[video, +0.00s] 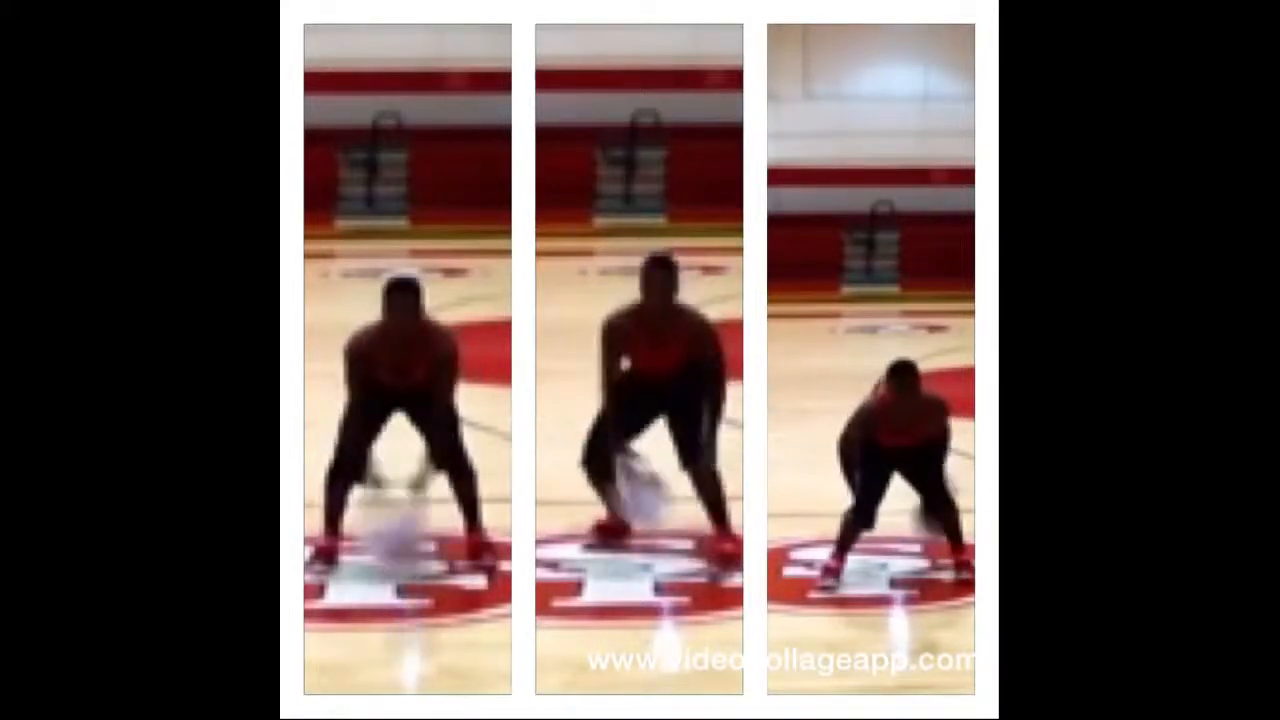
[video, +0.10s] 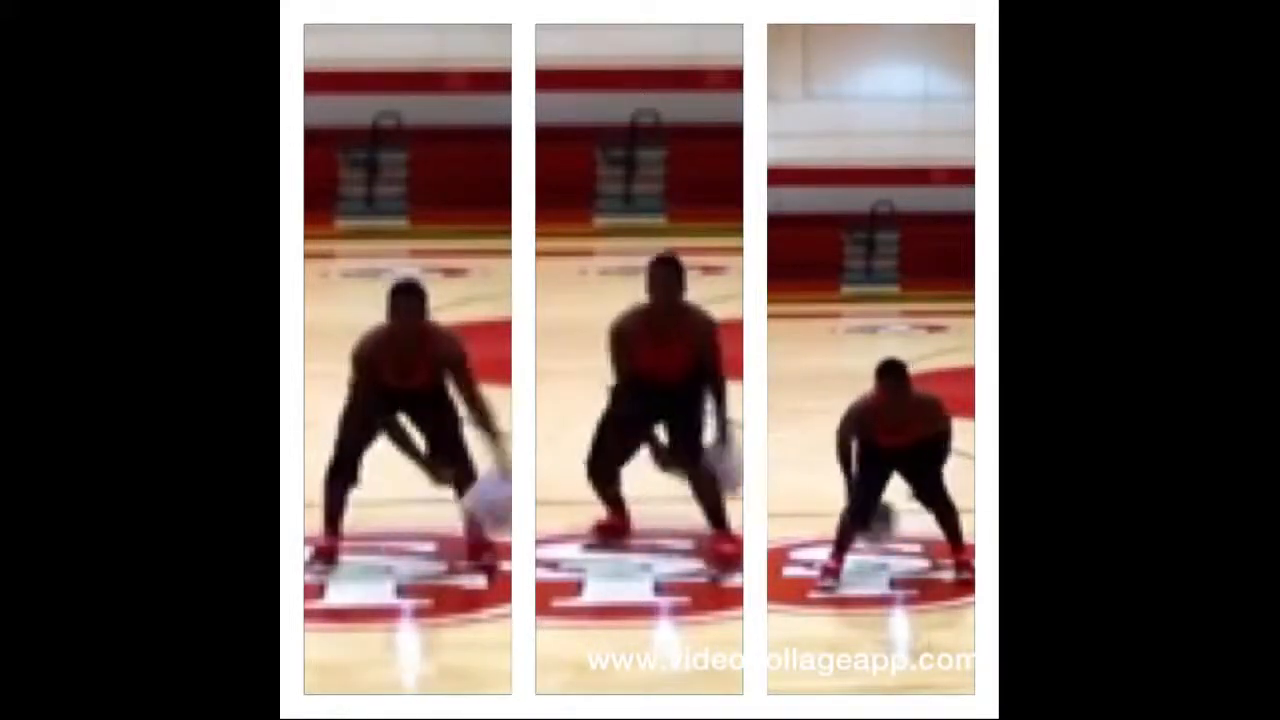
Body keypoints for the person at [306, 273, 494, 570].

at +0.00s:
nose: (403, 323)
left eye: (409, 313)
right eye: (395, 313)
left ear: (421, 310)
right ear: (385, 311)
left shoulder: (441, 343)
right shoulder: (362, 347)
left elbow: (443, 410)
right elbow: (358, 410)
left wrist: (427, 468)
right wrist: (364, 462)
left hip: (425, 397)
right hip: (374, 397)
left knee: (458, 464)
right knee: (342, 467)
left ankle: (475, 534)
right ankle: (331, 539)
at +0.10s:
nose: (406, 323)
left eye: (414, 314)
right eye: (400, 314)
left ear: (424, 313)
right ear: (390, 314)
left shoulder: (443, 344)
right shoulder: (370, 350)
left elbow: (471, 397)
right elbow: (386, 421)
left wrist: (496, 441)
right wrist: (426, 465)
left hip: (426, 396)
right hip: (375, 398)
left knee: (458, 463)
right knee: (341, 468)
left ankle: (477, 538)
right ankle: (330, 541)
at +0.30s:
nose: (409, 326)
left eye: (416, 316)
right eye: (403, 317)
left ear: (426, 313)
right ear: (392, 314)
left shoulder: (448, 346)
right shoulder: (371, 347)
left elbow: (458, 409)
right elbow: (370, 424)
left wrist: (458, 457)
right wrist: (388, 478)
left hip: (427, 396)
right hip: (377, 397)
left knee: (462, 461)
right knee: (348, 464)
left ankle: (477, 540)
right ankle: (331, 539)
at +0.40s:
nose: (400, 327)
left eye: (407, 317)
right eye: (392, 317)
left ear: (418, 315)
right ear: (382, 315)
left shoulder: (436, 347)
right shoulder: (361, 349)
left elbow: (419, 420)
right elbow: (341, 408)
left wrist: (377, 458)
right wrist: (322, 455)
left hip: (425, 397)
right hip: (374, 397)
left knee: (461, 462)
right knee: (346, 461)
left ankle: (476, 536)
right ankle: (328, 544)